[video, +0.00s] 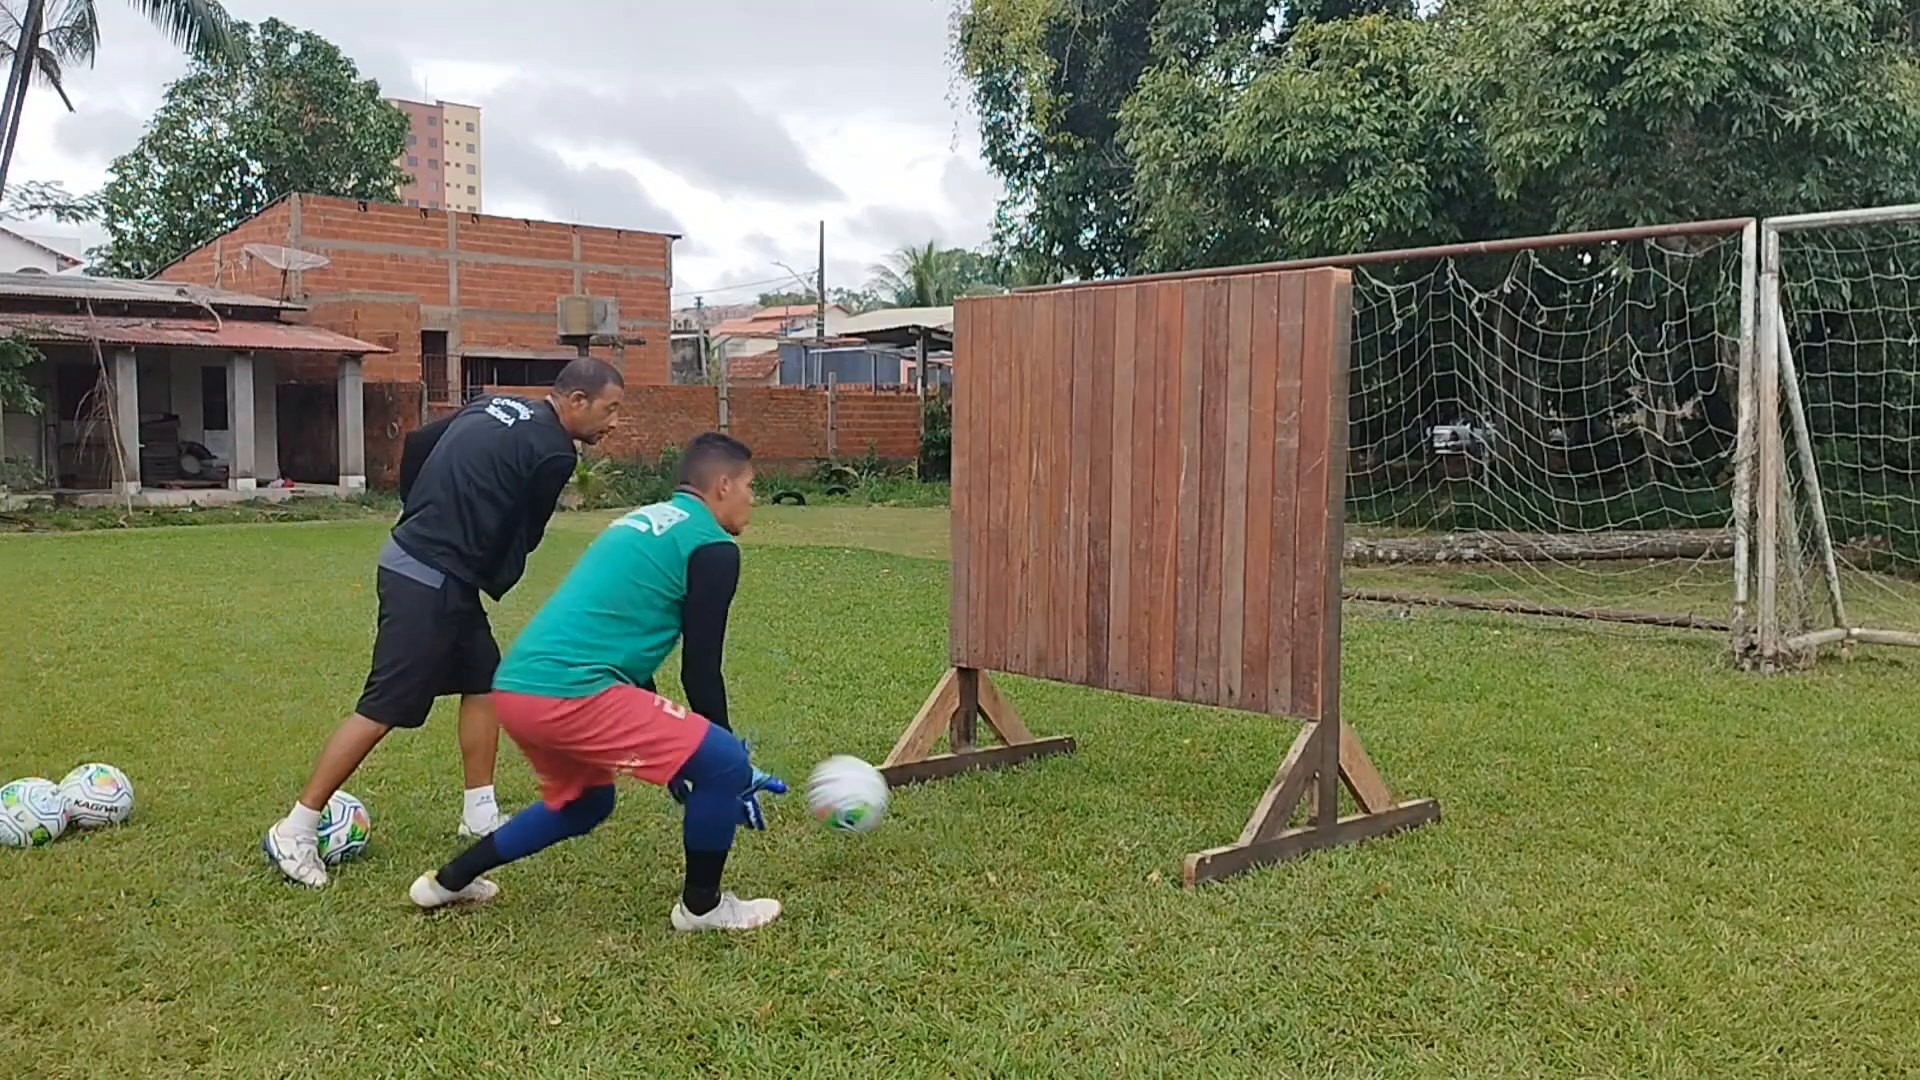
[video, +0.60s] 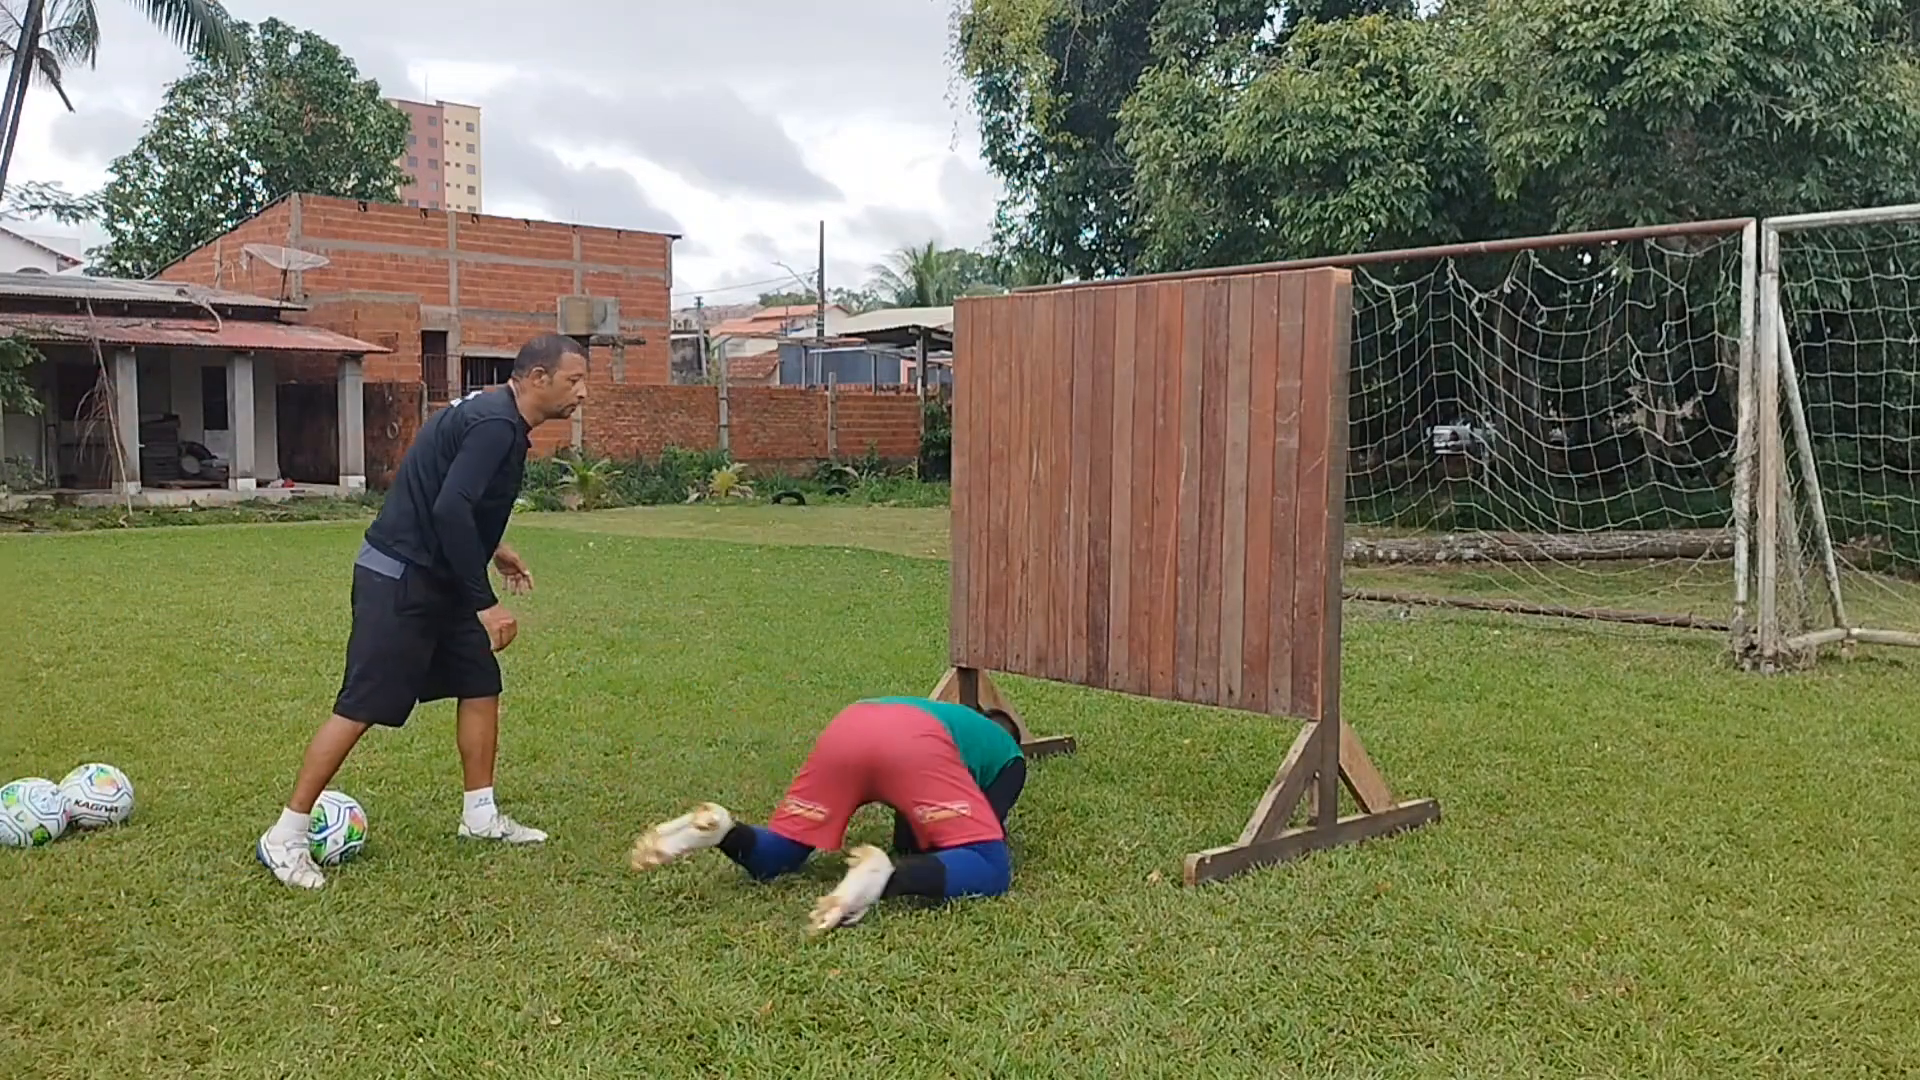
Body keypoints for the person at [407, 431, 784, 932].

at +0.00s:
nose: (754, 502)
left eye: (755, 488)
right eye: (751, 487)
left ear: (692, 484)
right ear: (722, 486)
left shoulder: (641, 519)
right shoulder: (713, 546)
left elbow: (624, 658)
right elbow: (702, 672)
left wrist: (680, 761)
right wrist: (730, 766)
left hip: (520, 690)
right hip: (575, 696)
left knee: (587, 804)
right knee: (724, 763)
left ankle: (447, 881)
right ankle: (702, 905)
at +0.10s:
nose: (809, 540)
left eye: (808, 528)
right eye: (806, 527)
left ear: (749, 524)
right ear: (783, 529)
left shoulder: (695, 551)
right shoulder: (770, 588)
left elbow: (675, 666)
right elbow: (715, 695)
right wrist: (708, 783)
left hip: (575, 710)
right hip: (623, 715)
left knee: (660, 820)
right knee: (771, 766)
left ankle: (512, 869)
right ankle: (705, 895)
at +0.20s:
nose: (856, 610)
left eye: (858, 597)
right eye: (856, 596)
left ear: (806, 579)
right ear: (836, 589)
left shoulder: (746, 600)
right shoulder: (818, 636)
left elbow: (729, 702)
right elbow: (775, 727)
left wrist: (820, 770)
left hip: (610, 730)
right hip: (662, 730)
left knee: (686, 836)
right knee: (811, 771)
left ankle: (540, 862)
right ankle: (708, 889)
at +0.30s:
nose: (899, 663)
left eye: (901, 652)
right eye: (900, 651)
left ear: (850, 631)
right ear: (882, 642)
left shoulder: (801, 651)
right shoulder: (866, 678)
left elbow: (804, 746)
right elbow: (877, 785)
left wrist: (875, 737)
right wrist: (908, 747)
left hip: (651, 752)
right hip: (701, 752)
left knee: (709, 856)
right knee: (851, 800)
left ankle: (579, 866)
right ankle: (713, 883)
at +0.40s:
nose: (952, 709)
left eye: (952, 699)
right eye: (952, 699)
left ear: (902, 683)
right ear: (935, 692)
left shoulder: (861, 703)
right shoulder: (920, 721)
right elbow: (939, 837)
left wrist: (903, 784)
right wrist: (963, 773)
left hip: (704, 734)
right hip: (758, 739)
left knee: (715, 851)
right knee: (888, 838)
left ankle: (597, 856)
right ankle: (739, 870)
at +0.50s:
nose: (988, 762)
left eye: (987, 754)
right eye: (992, 755)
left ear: (954, 728)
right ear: (988, 745)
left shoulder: (912, 730)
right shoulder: (980, 755)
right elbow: (958, 849)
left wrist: (959, 819)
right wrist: (982, 832)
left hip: (793, 722)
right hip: (855, 733)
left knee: (725, 856)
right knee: (936, 876)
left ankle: (640, 826)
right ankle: (796, 855)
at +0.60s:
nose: (1013, 759)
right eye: (1016, 751)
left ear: (980, 724)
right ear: (1011, 741)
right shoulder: (1009, 757)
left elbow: (908, 839)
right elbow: (985, 832)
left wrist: (913, 874)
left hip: (854, 720)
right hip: (920, 735)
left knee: (776, 858)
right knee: (986, 868)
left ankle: (720, 832)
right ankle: (883, 876)